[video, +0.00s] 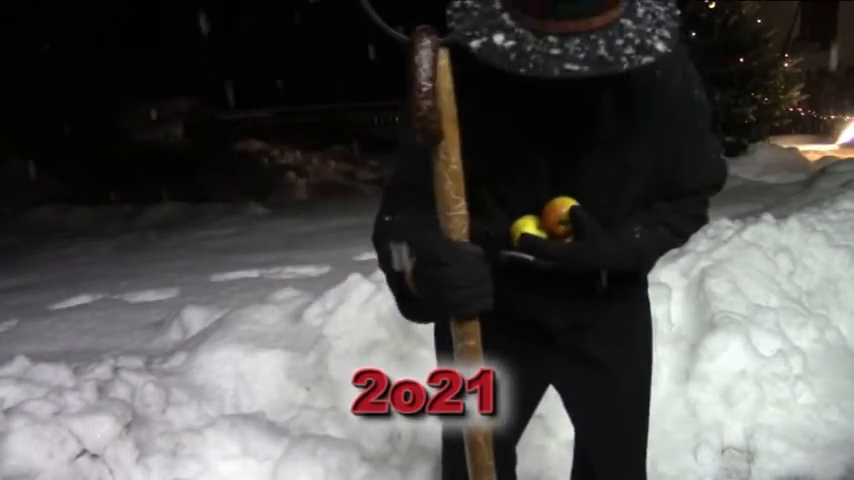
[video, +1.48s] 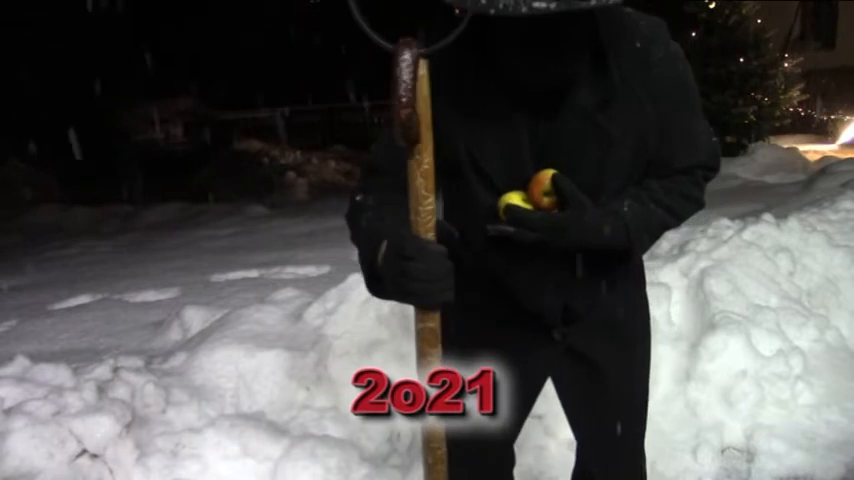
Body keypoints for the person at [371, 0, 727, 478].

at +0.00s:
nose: (564, 57)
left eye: (584, 40)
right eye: (547, 40)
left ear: (616, 20)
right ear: (519, 22)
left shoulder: (658, 68)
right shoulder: (463, 68)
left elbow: (693, 192)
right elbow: (404, 204)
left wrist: (612, 250)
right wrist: (419, 274)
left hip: (608, 314)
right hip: (492, 312)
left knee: (615, 466)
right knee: (472, 463)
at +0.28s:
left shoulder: (661, 54)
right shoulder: (462, 53)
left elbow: (706, 181)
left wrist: (622, 234)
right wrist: (393, 220)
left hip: (615, 300)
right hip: (495, 294)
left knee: (623, 459)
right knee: (482, 454)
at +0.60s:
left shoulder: (668, 48)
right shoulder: (469, 45)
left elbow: (716, 179)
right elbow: (418, 159)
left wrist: (628, 229)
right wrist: (392, 220)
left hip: (623, 298)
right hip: (503, 293)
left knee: (628, 463)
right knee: (484, 457)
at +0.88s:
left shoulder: (663, 57)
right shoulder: (471, 52)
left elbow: (708, 179)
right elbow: (408, 165)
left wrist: (625, 232)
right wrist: (395, 241)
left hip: (618, 305)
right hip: (499, 300)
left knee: (626, 466)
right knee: (479, 462)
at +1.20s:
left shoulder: (648, 50)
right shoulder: (451, 46)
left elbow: (698, 174)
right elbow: (398, 162)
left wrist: (614, 226)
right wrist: (390, 228)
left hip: (610, 297)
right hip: (491, 294)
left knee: (617, 464)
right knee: (472, 460)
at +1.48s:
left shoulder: (638, 45)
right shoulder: (452, 53)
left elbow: (690, 172)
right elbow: (385, 179)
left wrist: (604, 224)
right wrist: (385, 255)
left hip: (602, 304)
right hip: (484, 305)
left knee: (615, 461)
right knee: (472, 459)